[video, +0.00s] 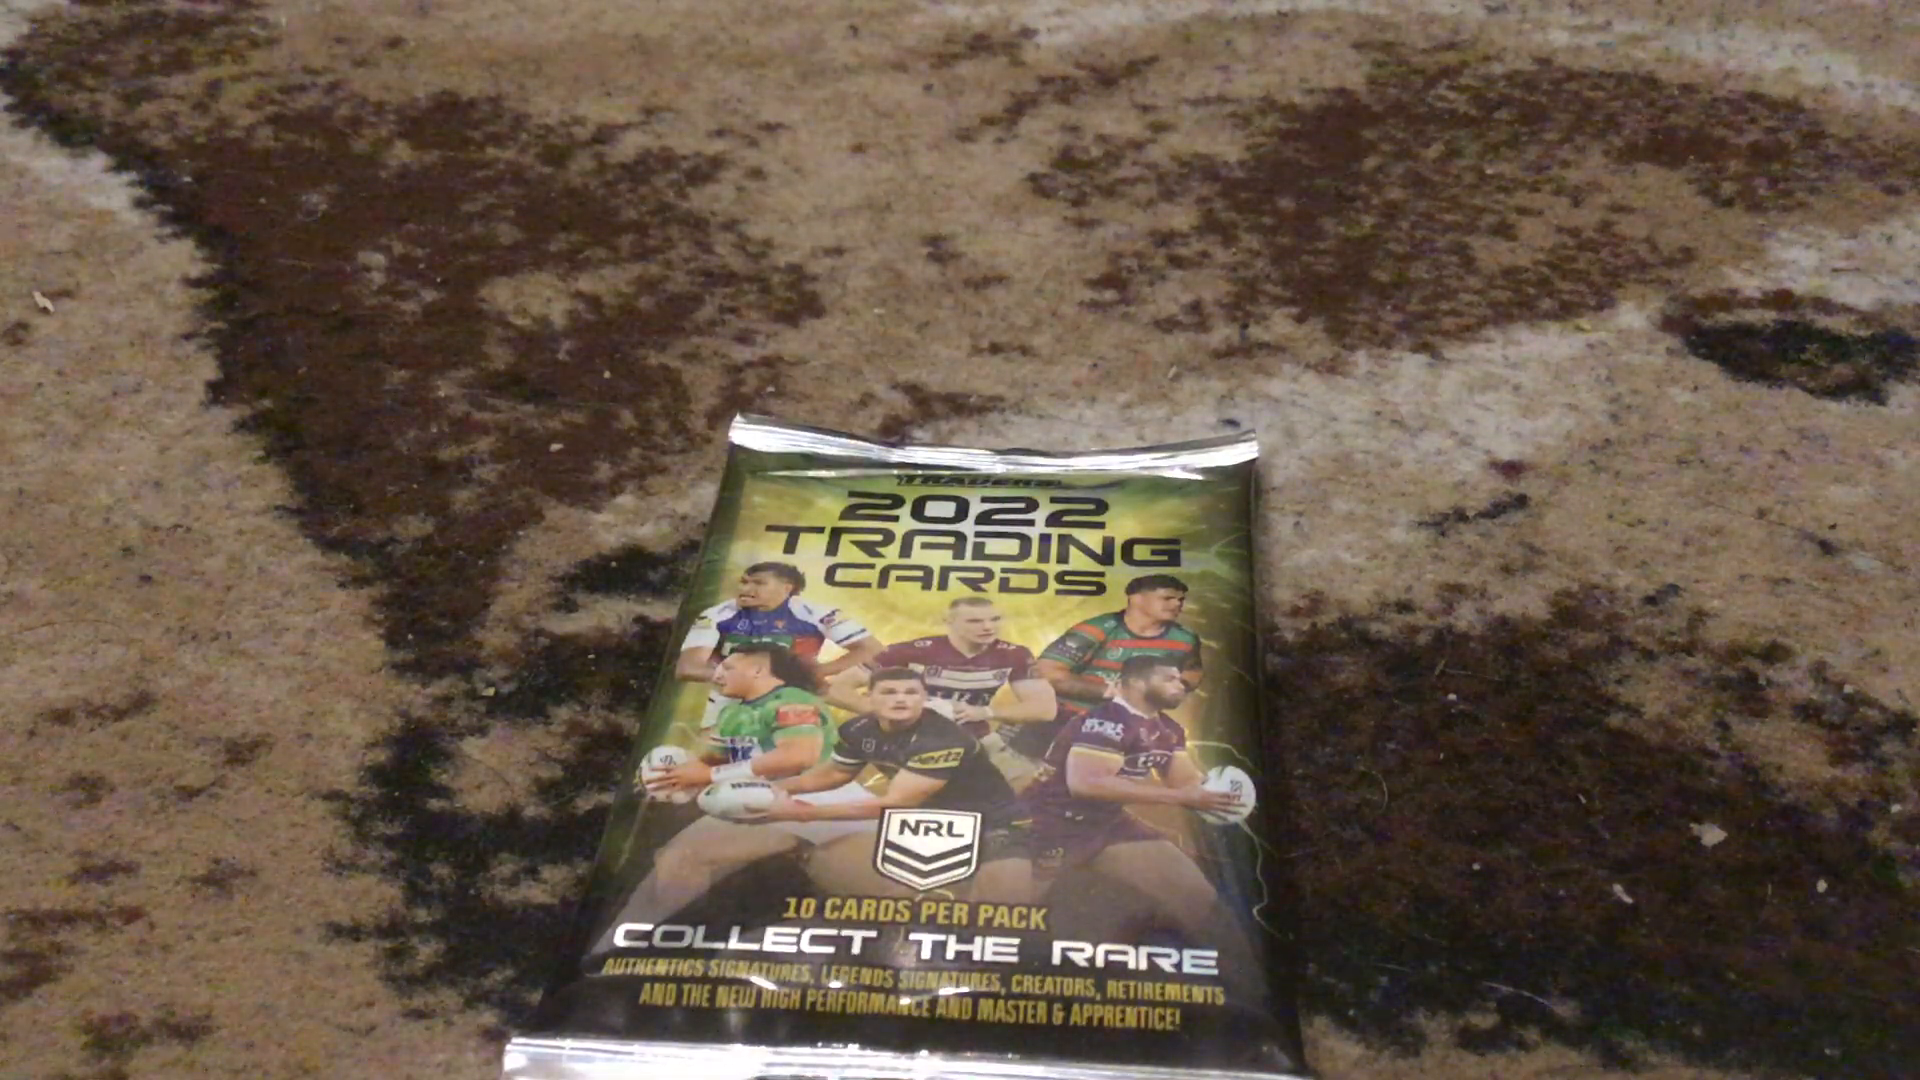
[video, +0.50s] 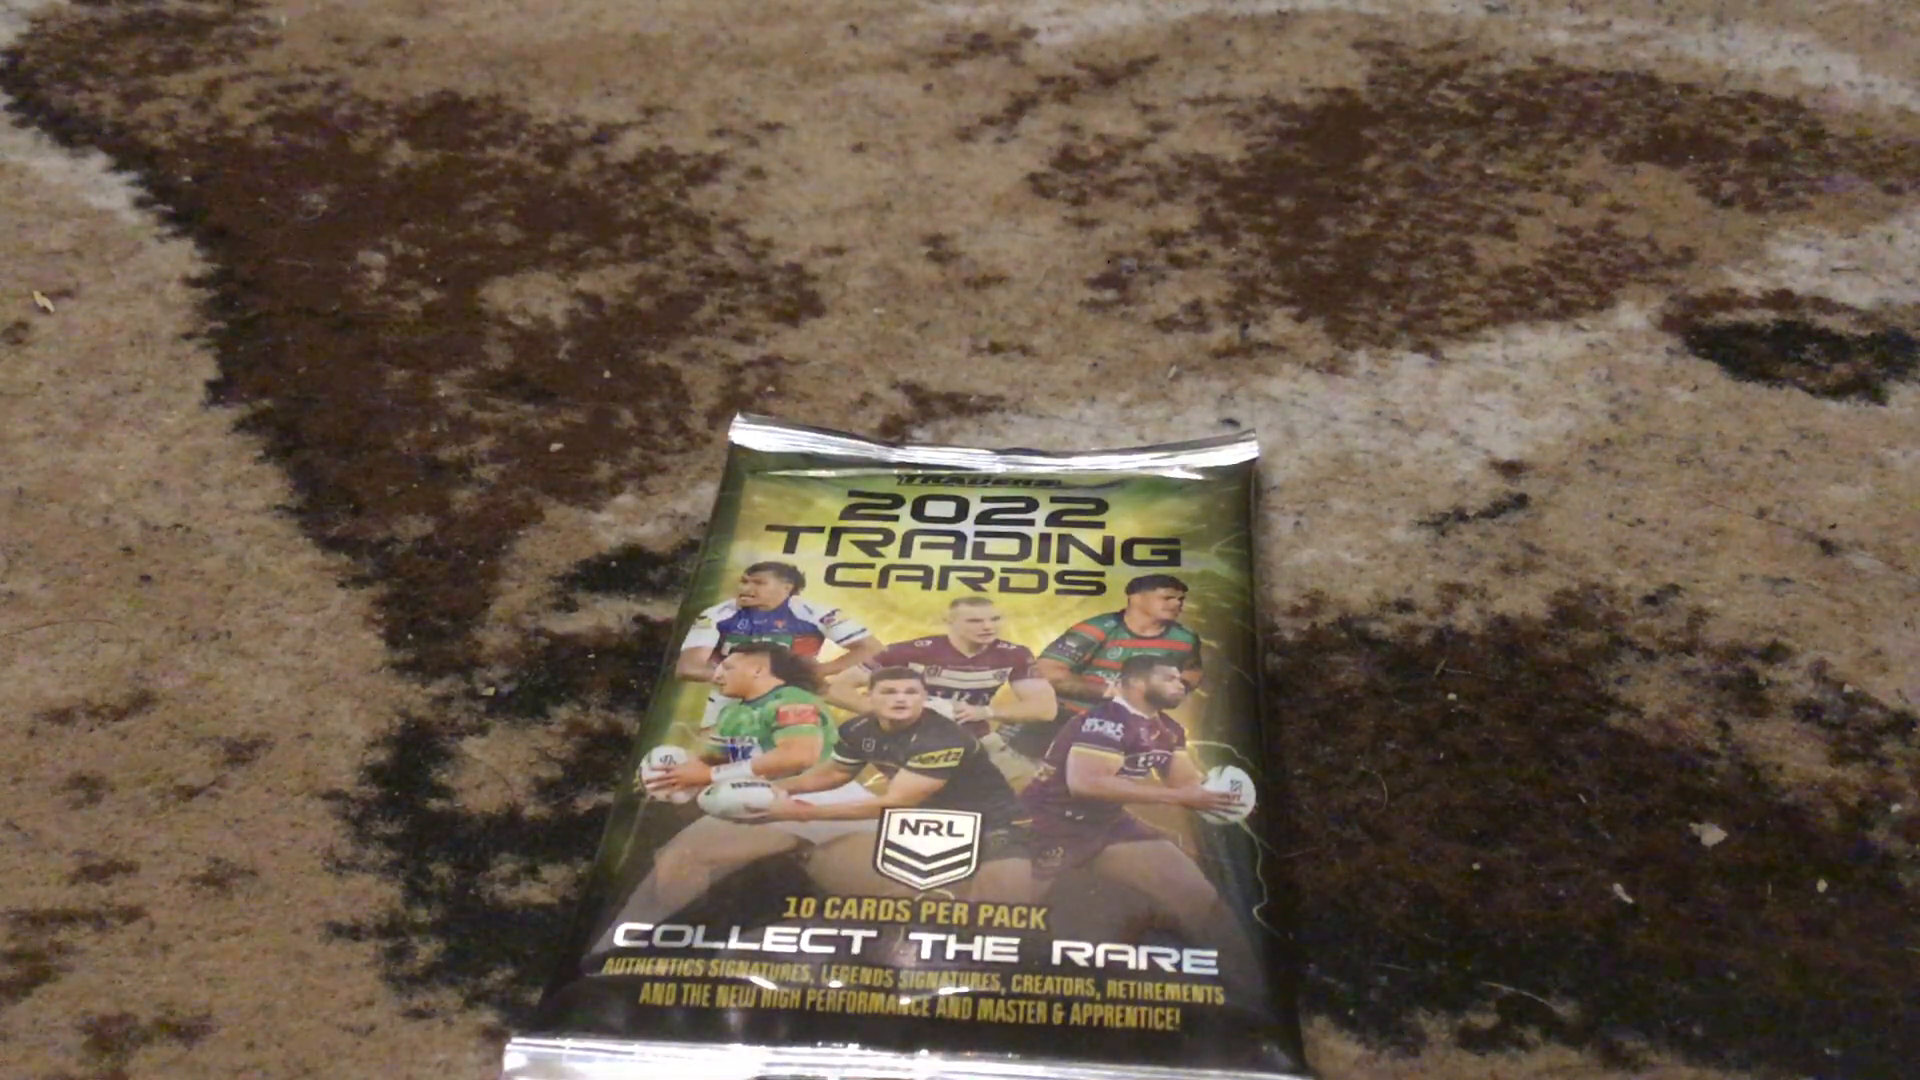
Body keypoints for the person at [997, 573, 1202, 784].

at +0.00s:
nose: (1176, 605)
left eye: (1179, 600)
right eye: (1167, 598)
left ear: (1182, 604)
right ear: (1136, 599)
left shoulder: (1186, 640)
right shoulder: (1097, 629)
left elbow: (1193, 677)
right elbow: (1044, 671)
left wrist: (1150, 693)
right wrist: (1108, 691)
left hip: (1145, 731)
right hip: (1083, 728)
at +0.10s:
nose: (1176, 605)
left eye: (1179, 600)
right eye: (1167, 598)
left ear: (1182, 604)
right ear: (1136, 598)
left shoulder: (1186, 640)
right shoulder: (1098, 629)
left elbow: (1194, 674)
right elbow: (1045, 670)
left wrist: (1155, 694)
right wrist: (1107, 690)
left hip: (1144, 729)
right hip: (1083, 726)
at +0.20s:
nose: (1177, 605)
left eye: (1179, 600)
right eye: (1168, 598)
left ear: (1183, 604)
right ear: (1135, 598)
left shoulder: (1186, 640)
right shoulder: (1098, 629)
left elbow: (1194, 672)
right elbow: (1045, 671)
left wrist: (1162, 694)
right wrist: (1107, 691)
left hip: (1142, 729)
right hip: (1082, 726)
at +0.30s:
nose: (1177, 605)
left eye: (1179, 600)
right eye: (1167, 598)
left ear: (1183, 603)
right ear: (1135, 598)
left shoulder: (1186, 641)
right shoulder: (1098, 629)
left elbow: (1193, 675)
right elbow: (1044, 671)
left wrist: (1156, 696)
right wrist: (1107, 691)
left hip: (1142, 729)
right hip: (1082, 725)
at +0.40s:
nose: (1176, 605)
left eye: (1179, 600)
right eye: (1167, 598)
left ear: (1182, 603)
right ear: (1135, 598)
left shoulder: (1186, 641)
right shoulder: (1098, 629)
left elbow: (1194, 672)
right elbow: (1045, 670)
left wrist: (1162, 696)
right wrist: (1106, 691)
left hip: (1142, 727)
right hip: (1082, 723)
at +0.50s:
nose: (1177, 605)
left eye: (1179, 600)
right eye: (1167, 598)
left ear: (1182, 603)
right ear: (1135, 598)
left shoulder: (1186, 640)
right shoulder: (1097, 629)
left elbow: (1194, 672)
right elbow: (1044, 670)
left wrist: (1162, 695)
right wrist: (1106, 691)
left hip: (1141, 726)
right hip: (1081, 723)